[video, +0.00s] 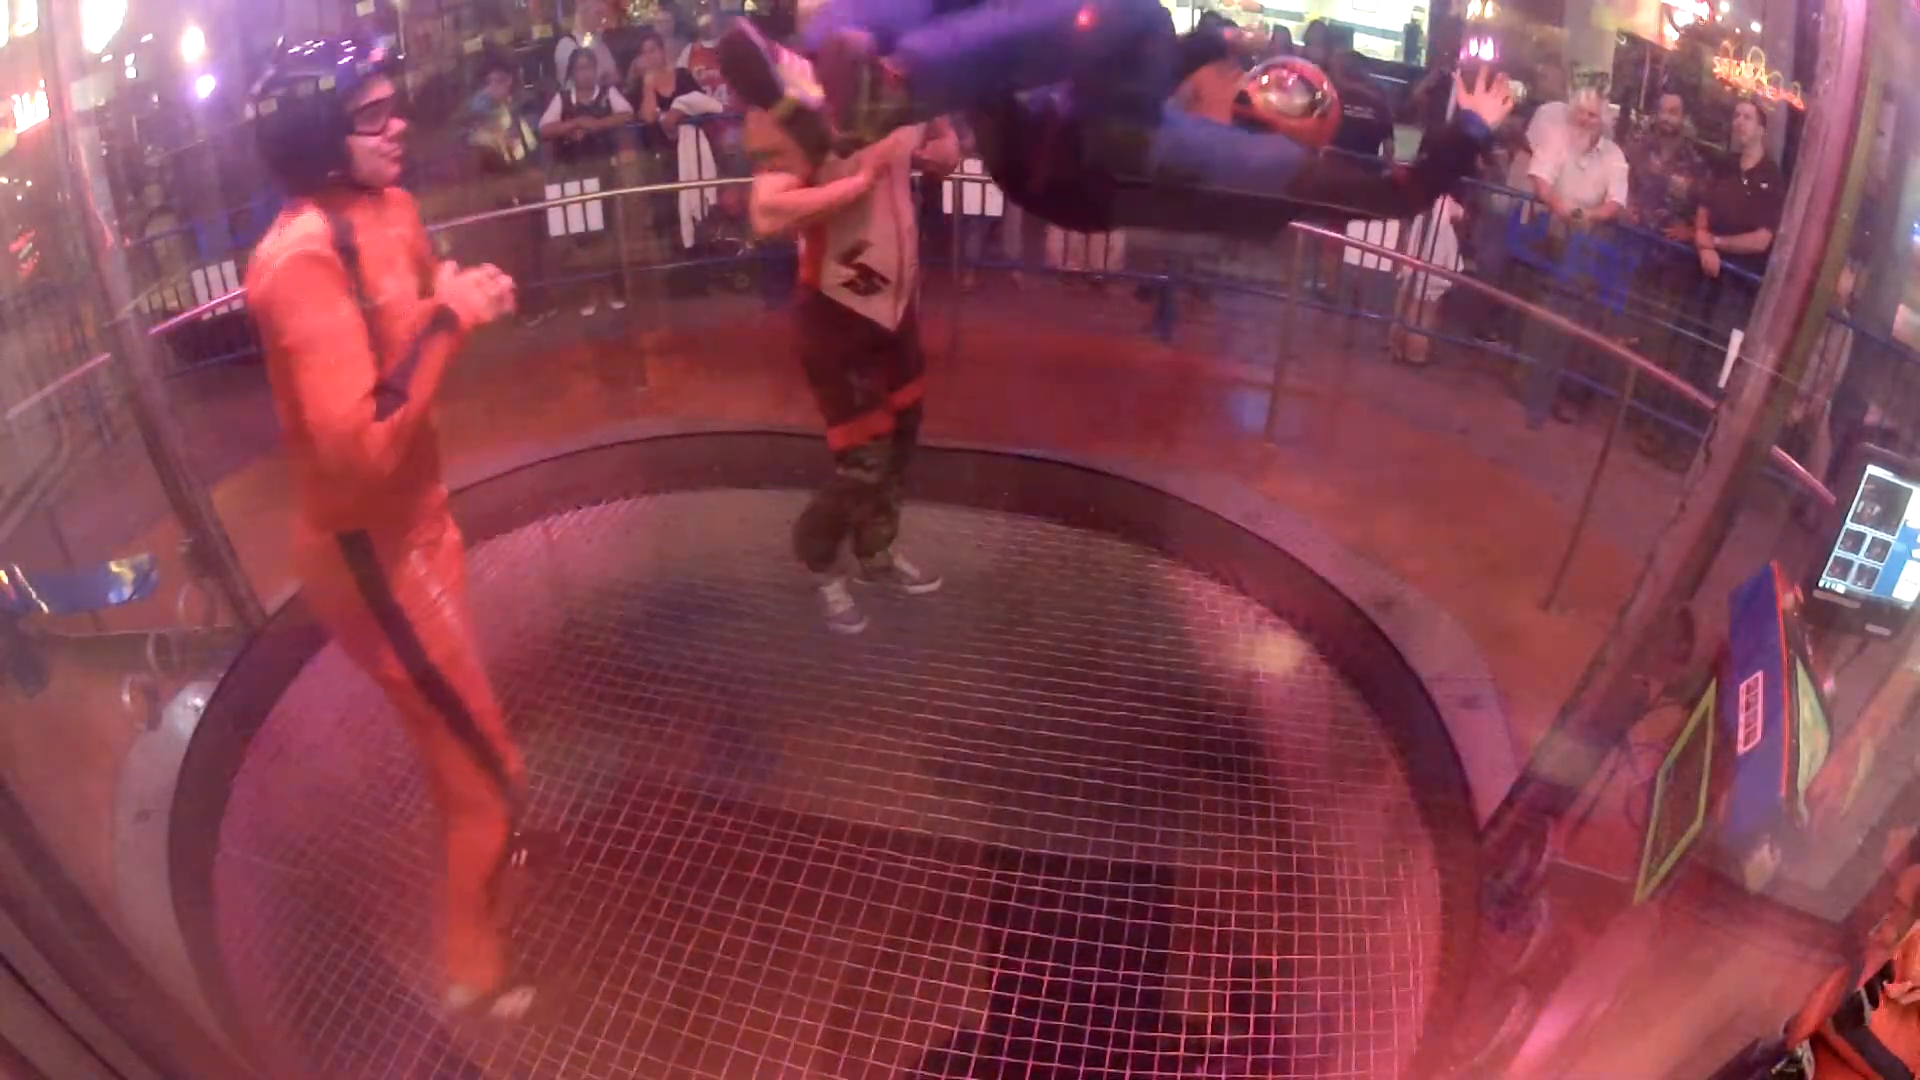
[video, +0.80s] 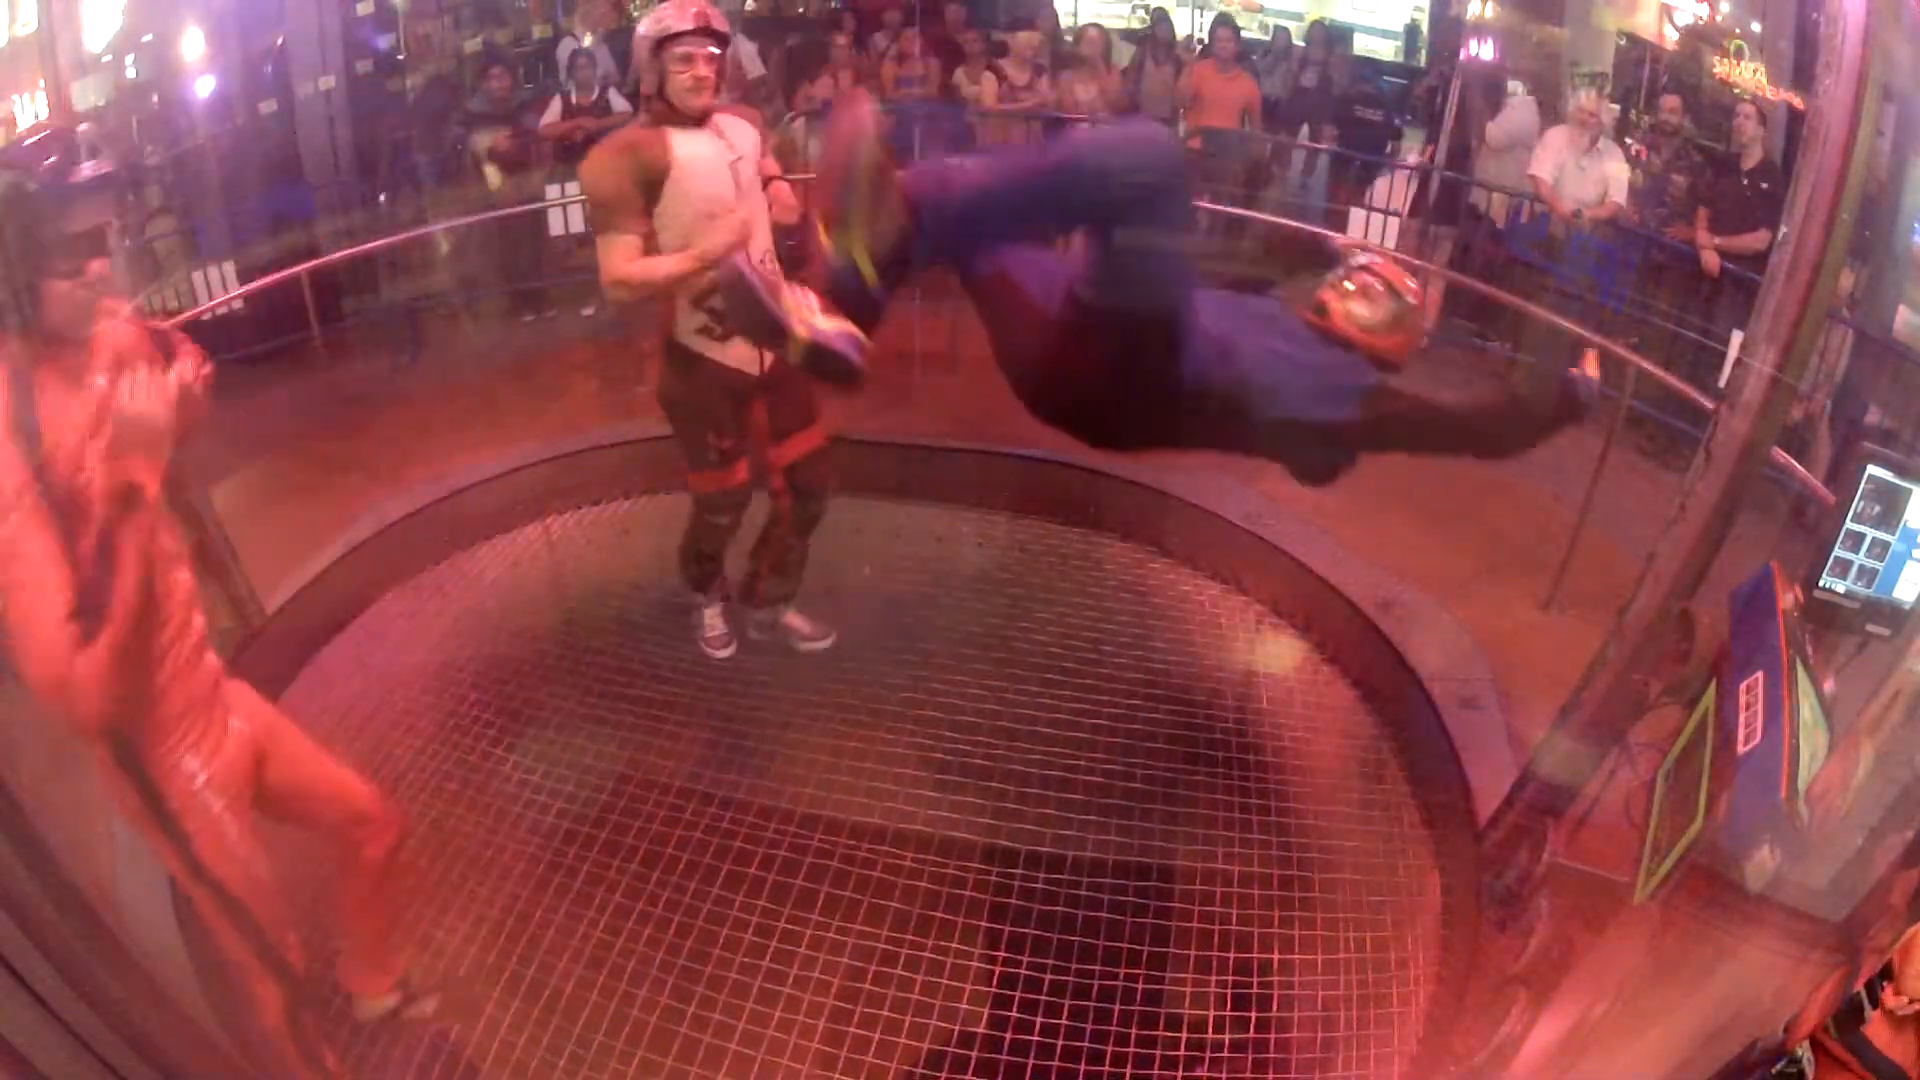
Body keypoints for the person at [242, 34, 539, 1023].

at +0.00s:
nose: (397, 131)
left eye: (395, 112)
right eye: (373, 119)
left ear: (390, 121)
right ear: (317, 141)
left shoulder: (391, 211)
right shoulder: (298, 263)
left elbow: (413, 320)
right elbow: (357, 456)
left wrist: (456, 294)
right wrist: (446, 323)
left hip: (423, 519)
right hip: (364, 549)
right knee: (482, 774)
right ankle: (468, 984)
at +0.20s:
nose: (333, 156)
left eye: (331, 138)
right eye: (309, 144)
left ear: (324, 149)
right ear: (255, 162)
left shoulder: (327, 240)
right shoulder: (243, 288)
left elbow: (351, 385)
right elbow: (336, 498)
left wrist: (388, 333)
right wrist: (404, 357)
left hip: (395, 538)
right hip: (340, 577)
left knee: (450, 718)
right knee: (415, 836)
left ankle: (474, 846)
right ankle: (363, 1042)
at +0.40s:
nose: (265, 209)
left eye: (260, 189)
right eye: (238, 200)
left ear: (256, 194)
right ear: (181, 229)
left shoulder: (252, 303)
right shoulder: (178, 356)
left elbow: (301, 430)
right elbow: (277, 582)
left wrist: (336, 409)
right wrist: (340, 441)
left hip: (328, 632)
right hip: (273, 670)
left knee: (442, 754)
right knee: (326, 918)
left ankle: (477, 858)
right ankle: (321, 1071)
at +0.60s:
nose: (195, 277)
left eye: (193, 254)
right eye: (169, 261)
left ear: (193, 260)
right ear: (110, 282)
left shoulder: (190, 358)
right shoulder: (85, 424)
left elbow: (216, 516)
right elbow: (200, 657)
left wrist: (267, 430)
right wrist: (270, 465)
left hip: (251, 692)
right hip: (196, 731)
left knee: (425, 781)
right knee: (284, 970)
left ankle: (441, 901)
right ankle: (301, 1071)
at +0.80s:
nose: (106, 278)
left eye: (108, 254)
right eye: (75, 263)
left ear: (116, 259)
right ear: (22, 288)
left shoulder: (108, 367)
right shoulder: (19, 475)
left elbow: (145, 455)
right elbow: (84, 703)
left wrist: (174, 406)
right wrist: (126, 490)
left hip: (217, 693)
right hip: (161, 747)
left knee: (369, 822)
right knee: (262, 962)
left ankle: (372, 995)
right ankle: (303, 1070)